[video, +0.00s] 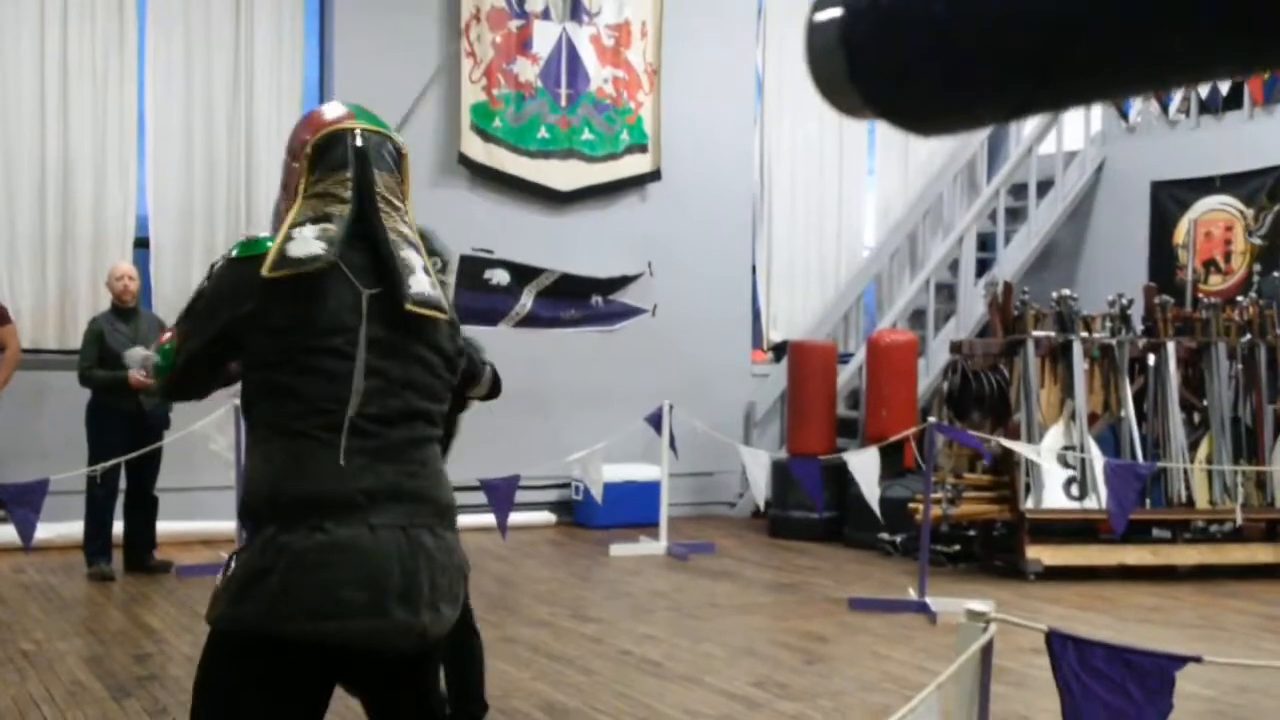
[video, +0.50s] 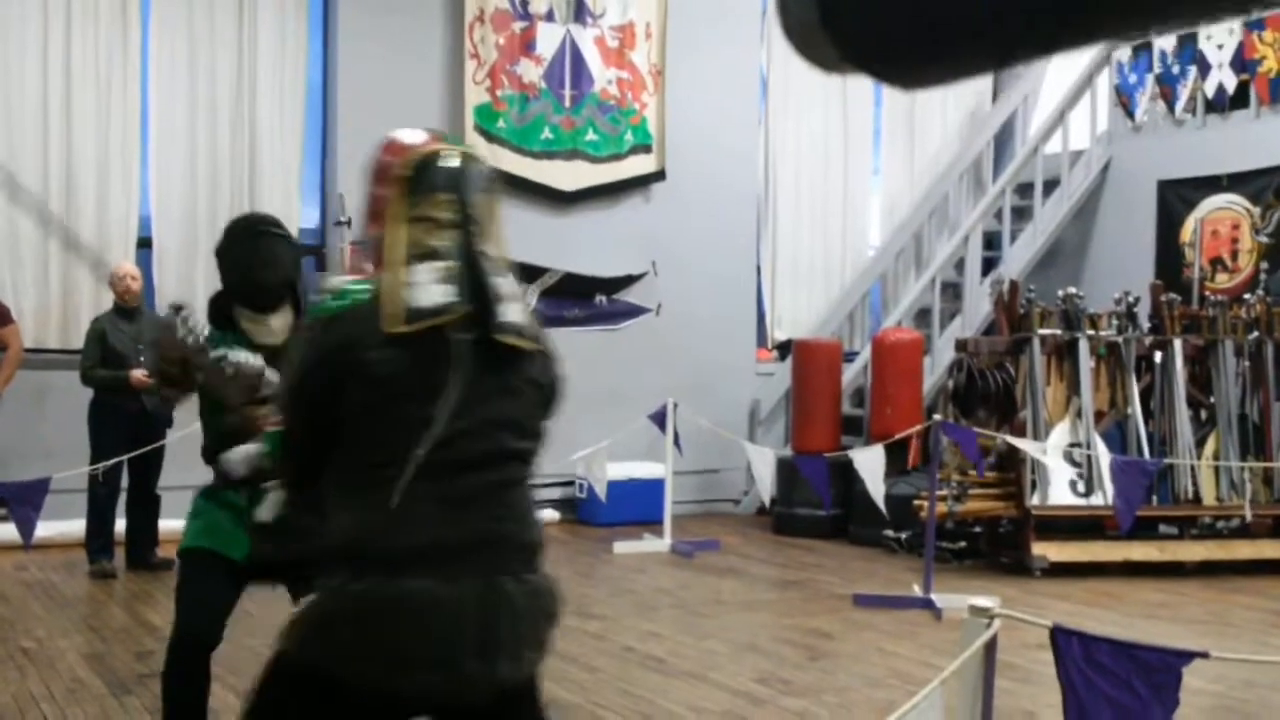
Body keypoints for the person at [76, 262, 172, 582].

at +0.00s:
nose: (126, 284)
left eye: (131, 278)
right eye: (119, 279)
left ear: (140, 284)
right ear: (109, 286)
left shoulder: (155, 325)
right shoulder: (98, 327)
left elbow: (173, 366)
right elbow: (86, 374)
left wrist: (157, 380)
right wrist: (125, 378)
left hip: (148, 418)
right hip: (108, 418)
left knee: (143, 490)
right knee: (103, 489)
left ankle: (140, 555)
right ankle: (99, 559)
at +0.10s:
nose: (126, 289)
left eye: (131, 283)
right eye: (119, 284)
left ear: (139, 289)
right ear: (109, 291)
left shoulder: (154, 330)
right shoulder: (99, 332)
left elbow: (172, 372)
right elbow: (85, 379)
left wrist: (152, 381)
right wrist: (115, 381)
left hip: (147, 421)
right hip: (108, 421)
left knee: (143, 494)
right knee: (103, 493)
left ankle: (140, 560)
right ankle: (98, 564)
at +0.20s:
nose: (130, 286)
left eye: (135, 280)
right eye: (123, 281)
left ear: (143, 286)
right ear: (113, 288)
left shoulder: (159, 327)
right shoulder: (103, 328)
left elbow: (175, 365)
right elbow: (90, 376)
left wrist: (161, 383)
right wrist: (128, 379)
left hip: (150, 415)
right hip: (111, 416)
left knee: (147, 488)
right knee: (107, 489)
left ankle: (145, 556)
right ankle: (103, 560)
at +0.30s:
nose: (130, 287)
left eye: (135, 281)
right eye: (123, 282)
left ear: (143, 287)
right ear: (113, 289)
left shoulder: (160, 329)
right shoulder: (104, 329)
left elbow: (173, 374)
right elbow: (90, 377)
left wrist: (170, 410)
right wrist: (127, 381)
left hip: (152, 419)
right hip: (112, 419)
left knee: (147, 492)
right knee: (107, 490)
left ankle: (144, 556)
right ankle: (103, 560)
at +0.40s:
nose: (130, 286)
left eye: (135, 280)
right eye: (123, 281)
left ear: (143, 286)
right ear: (113, 289)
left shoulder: (157, 326)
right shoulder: (104, 327)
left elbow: (172, 366)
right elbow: (90, 375)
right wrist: (127, 379)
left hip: (151, 417)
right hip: (111, 417)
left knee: (145, 491)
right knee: (106, 488)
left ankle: (143, 555)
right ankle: (102, 558)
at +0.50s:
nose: (128, 284)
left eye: (133, 278)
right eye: (121, 278)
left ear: (143, 283)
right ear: (112, 286)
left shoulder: (160, 325)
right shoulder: (101, 326)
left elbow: (176, 366)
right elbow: (88, 374)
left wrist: (165, 399)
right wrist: (126, 377)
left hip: (151, 416)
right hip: (110, 416)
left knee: (145, 488)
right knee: (104, 487)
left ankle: (142, 553)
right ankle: (100, 556)